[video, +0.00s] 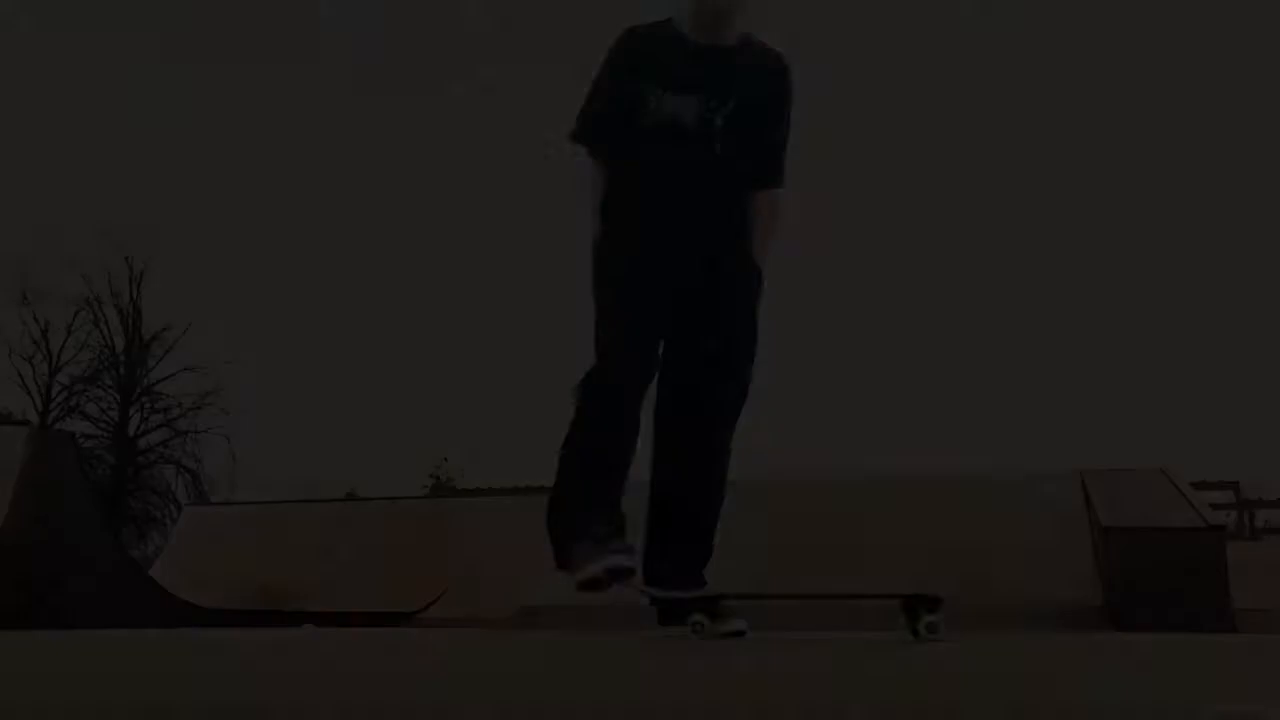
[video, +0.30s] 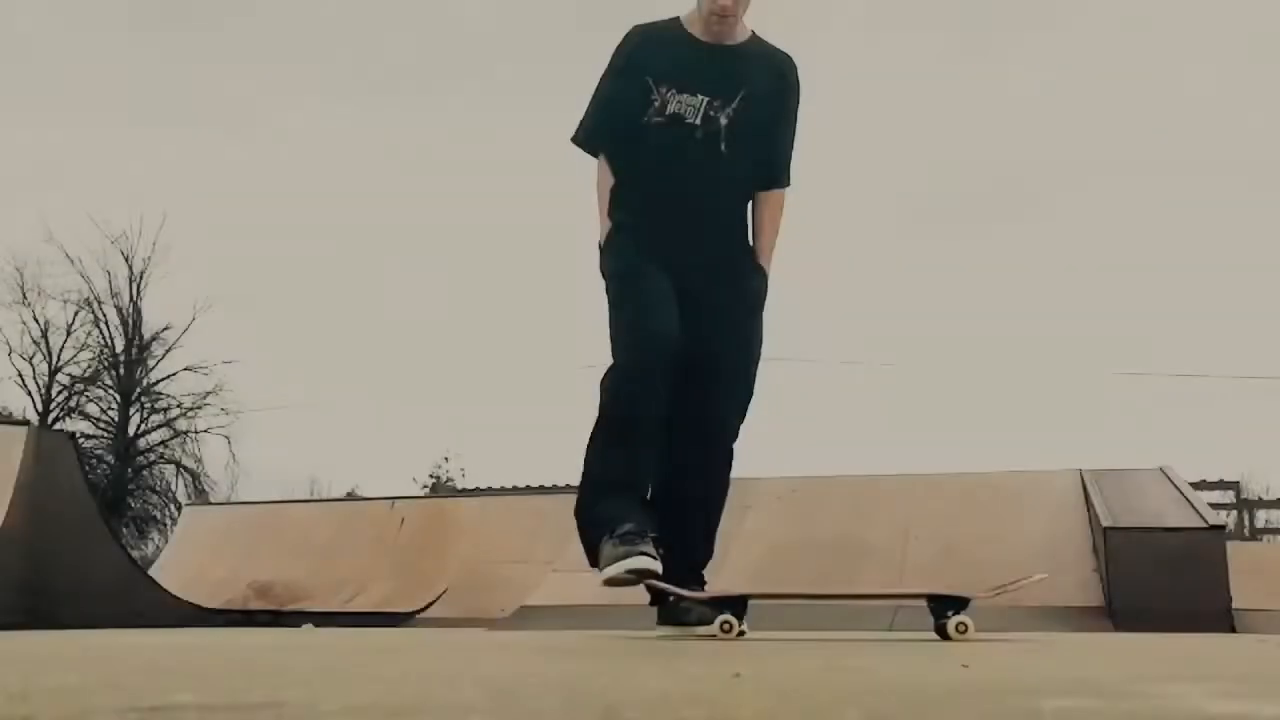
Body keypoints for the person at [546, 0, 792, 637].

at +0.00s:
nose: (722, 13)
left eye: (729, 7)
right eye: (716, 6)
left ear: (738, 10)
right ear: (700, 3)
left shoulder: (765, 70)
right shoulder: (638, 50)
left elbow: (764, 187)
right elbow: (599, 158)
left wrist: (753, 270)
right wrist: (614, 244)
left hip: (720, 278)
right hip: (634, 269)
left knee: (700, 430)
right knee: (614, 398)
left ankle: (680, 584)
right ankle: (584, 540)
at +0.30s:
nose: (724, 5)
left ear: (749, 3)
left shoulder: (776, 70)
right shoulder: (644, 45)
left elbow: (772, 180)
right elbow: (610, 153)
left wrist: (762, 266)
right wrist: (608, 236)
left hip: (725, 255)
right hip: (640, 247)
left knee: (712, 415)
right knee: (648, 366)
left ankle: (682, 586)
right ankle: (621, 528)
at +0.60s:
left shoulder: (771, 61)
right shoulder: (636, 41)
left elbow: (770, 177)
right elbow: (606, 157)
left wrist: (761, 268)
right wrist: (607, 241)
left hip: (727, 258)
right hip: (638, 246)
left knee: (710, 416)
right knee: (645, 346)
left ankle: (682, 580)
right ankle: (623, 531)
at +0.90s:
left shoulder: (754, 34)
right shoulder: (616, 15)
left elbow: (752, 154)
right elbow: (583, 138)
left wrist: (744, 250)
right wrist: (587, 236)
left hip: (714, 255)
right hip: (619, 247)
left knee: (709, 421)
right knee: (621, 395)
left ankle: (686, 574)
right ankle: (598, 570)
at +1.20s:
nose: (712, 0)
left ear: (720, 1)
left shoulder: (724, 51)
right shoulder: (595, 20)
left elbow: (694, 165)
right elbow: (532, 136)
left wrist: (715, 249)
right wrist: (555, 250)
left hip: (683, 254)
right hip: (594, 257)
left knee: (753, 390)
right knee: (615, 408)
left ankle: (754, 550)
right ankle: (597, 581)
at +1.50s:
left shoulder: (755, 6)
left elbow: (753, 49)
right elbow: (572, 16)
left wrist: (734, 137)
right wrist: (559, 90)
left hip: (688, 107)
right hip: (595, 89)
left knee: (666, 293)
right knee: (583, 208)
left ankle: (641, 481)